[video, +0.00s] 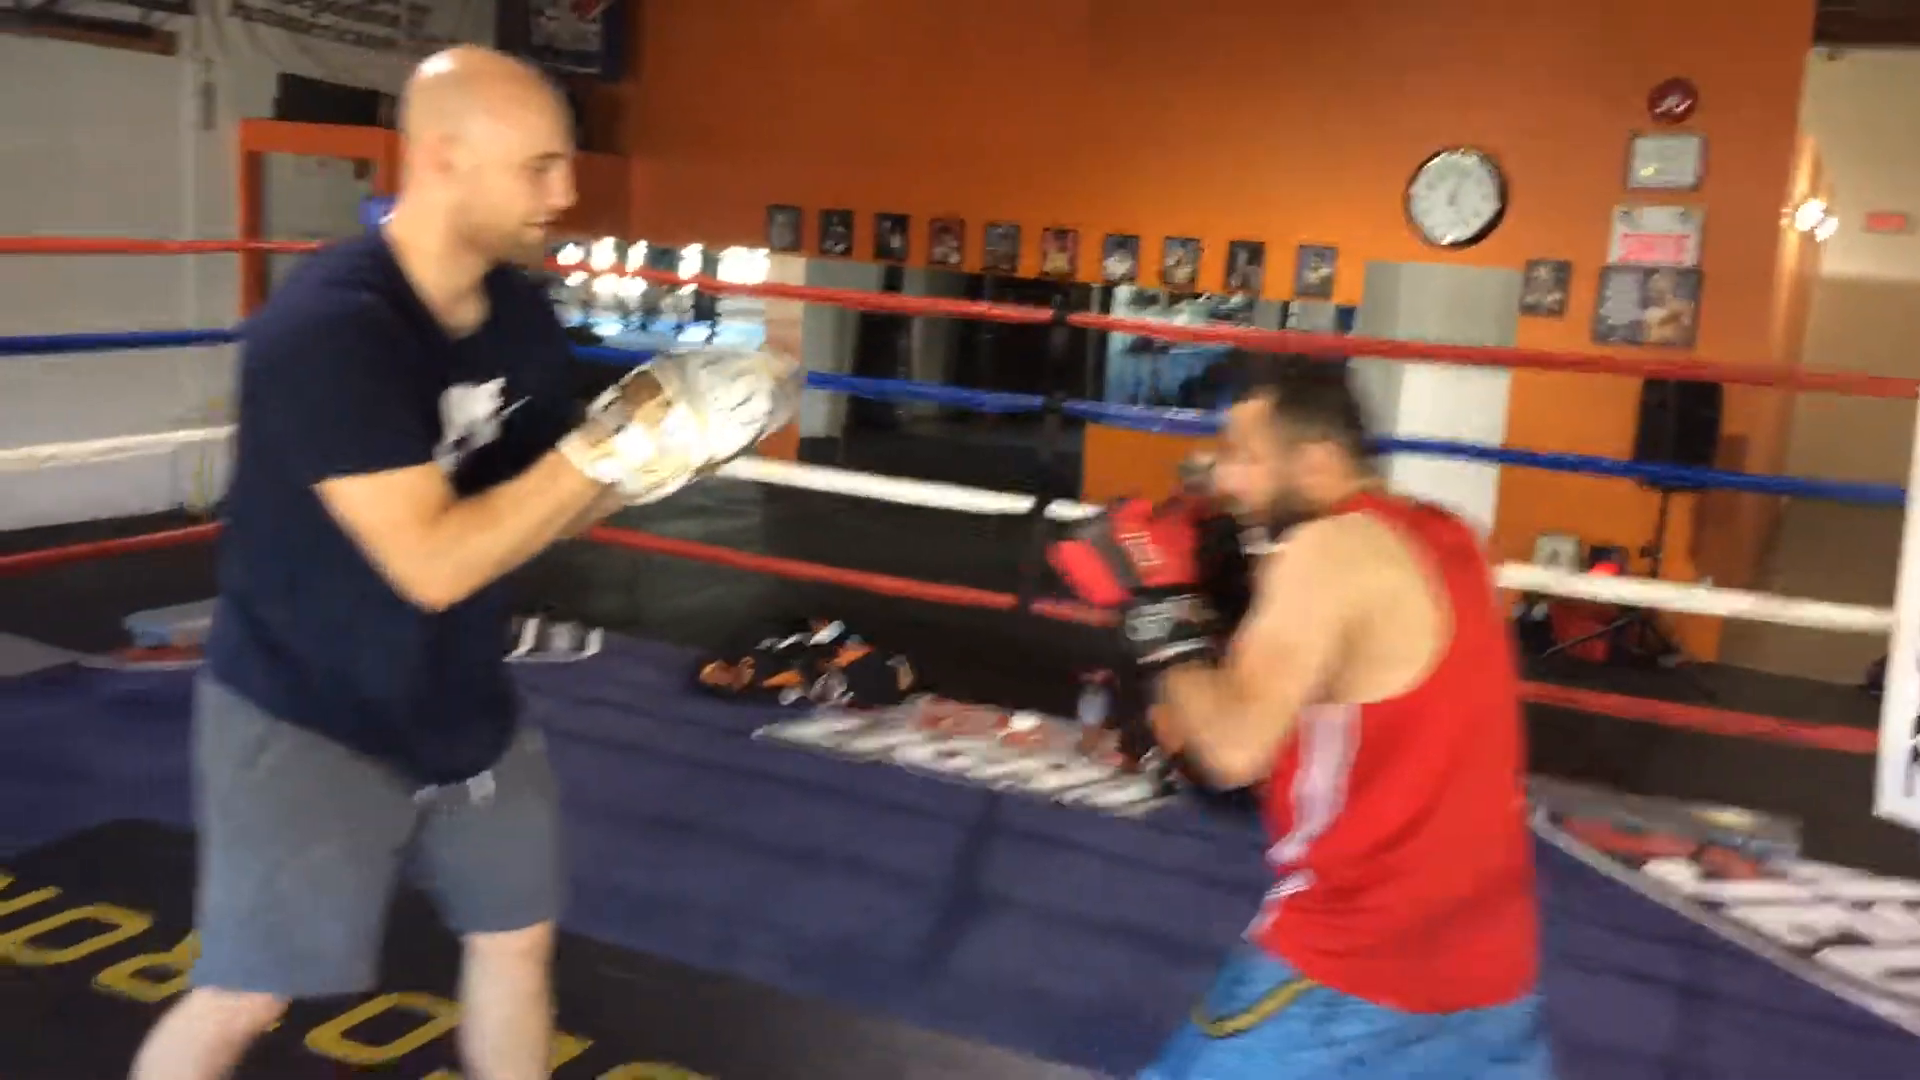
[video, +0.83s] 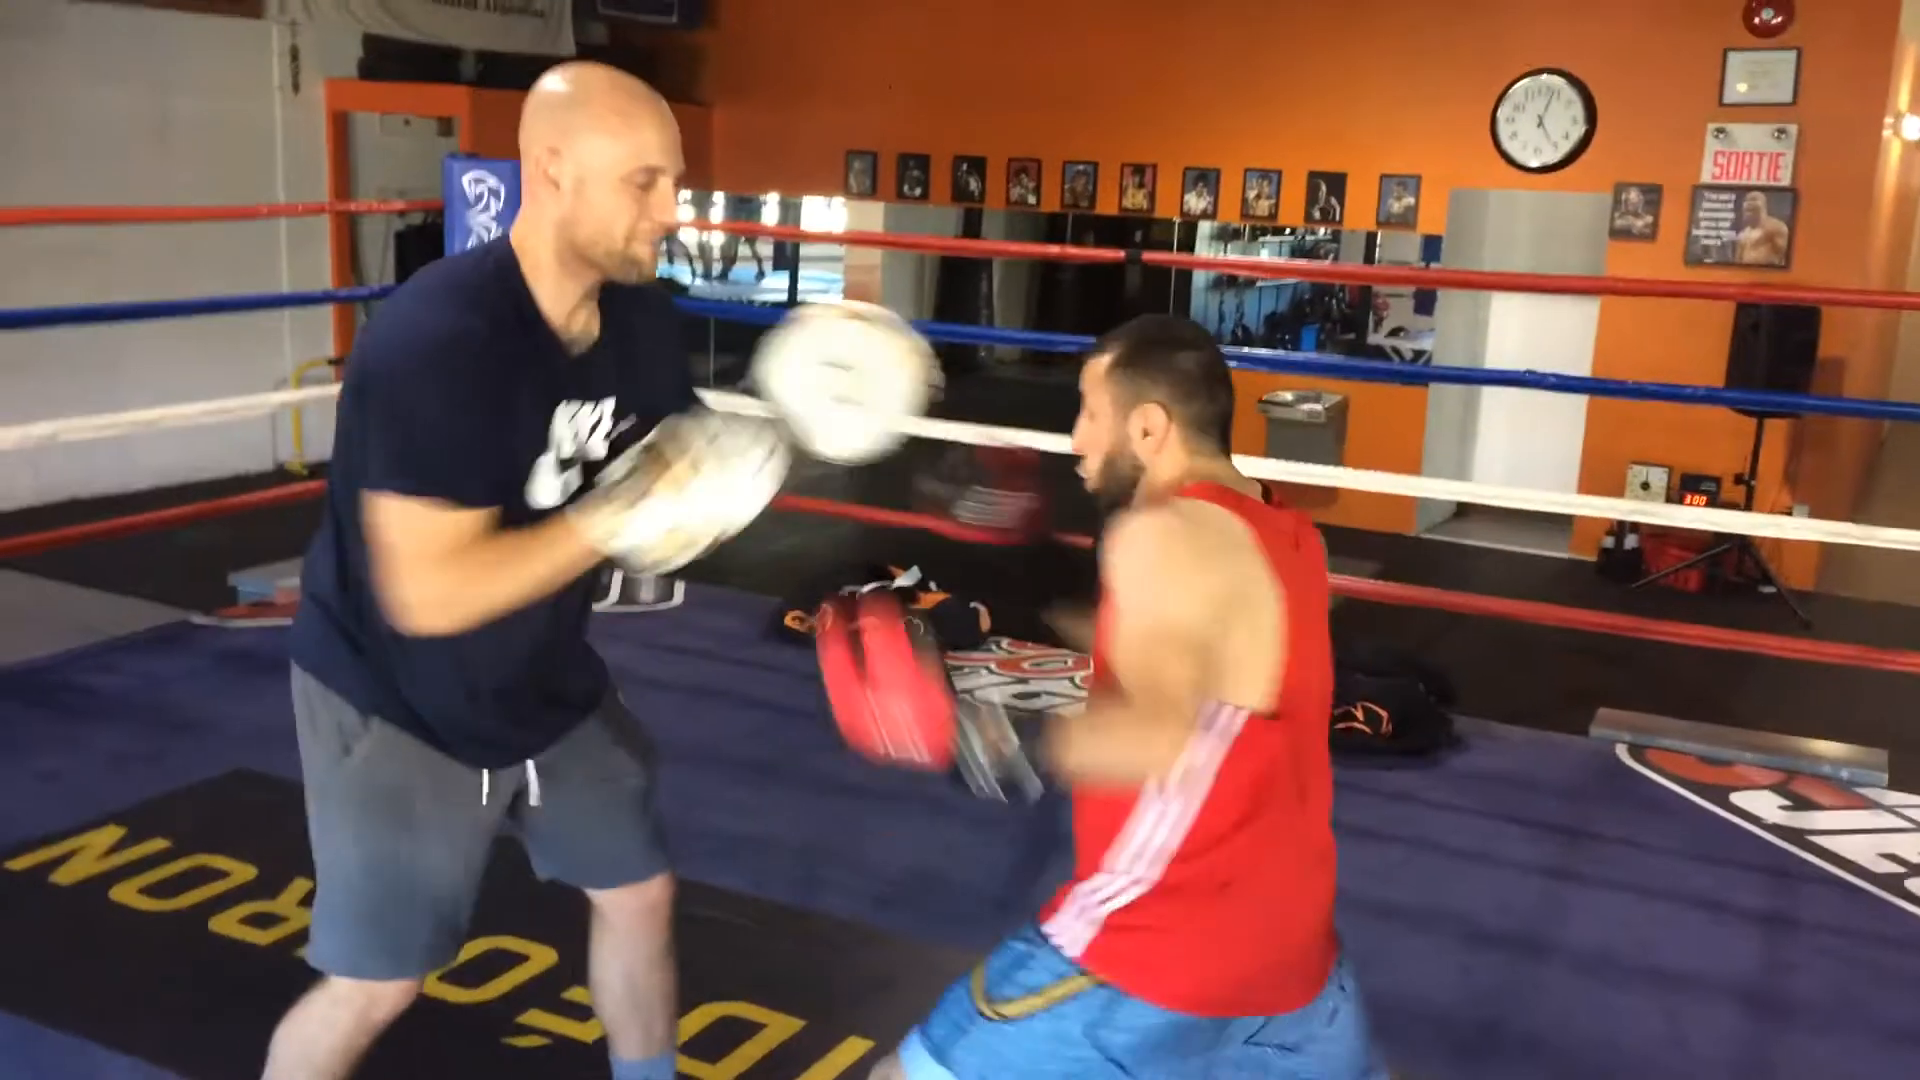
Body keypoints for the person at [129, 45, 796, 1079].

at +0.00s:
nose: (565, 195)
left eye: (565, 166)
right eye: (539, 167)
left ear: (454, 163)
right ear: (441, 161)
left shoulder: (515, 305)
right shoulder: (324, 329)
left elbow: (546, 487)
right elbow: (432, 564)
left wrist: (680, 412)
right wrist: (607, 455)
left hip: (461, 695)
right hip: (299, 712)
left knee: (514, 931)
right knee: (244, 992)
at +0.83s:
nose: (672, 214)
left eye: (674, 184)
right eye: (645, 184)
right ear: (552, 176)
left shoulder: (641, 319)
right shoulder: (430, 336)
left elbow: (654, 483)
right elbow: (422, 595)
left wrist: (781, 419)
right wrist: (616, 517)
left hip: (540, 660)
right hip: (389, 687)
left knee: (638, 893)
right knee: (377, 978)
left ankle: (647, 1075)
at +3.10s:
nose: (573, 126)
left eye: (572, 101)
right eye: (553, 103)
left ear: (483, 103)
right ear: (467, 101)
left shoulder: (496, 245)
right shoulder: (363, 261)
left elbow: (449, 420)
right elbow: (394, 510)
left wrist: (566, 420)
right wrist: (588, 457)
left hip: (415, 586)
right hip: (286, 601)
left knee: (501, 780)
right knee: (305, 869)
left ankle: (362, 996)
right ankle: (260, 1067)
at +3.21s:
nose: (572, 130)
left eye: (571, 106)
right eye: (554, 106)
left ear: (480, 105)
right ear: (470, 102)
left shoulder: (484, 244)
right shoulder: (370, 263)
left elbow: (456, 418)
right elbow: (411, 507)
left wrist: (578, 407)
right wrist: (588, 440)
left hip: (409, 582)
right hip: (287, 602)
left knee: (503, 767)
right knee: (300, 872)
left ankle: (436, 1018)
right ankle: (244, 1069)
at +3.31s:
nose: (584, 135)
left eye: (584, 110)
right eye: (569, 109)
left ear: (497, 106)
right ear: (487, 103)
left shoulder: (491, 241)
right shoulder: (393, 258)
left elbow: (482, 412)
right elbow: (457, 498)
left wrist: (614, 393)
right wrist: (623, 418)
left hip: (416, 589)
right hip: (297, 602)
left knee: (483, 796)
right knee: (296, 872)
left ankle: (540, 1028)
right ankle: (236, 1071)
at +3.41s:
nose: (615, 137)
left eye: (614, 114)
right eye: (601, 113)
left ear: (524, 111)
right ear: (526, 110)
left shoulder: (503, 246)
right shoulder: (438, 257)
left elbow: (503, 419)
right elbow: (521, 493)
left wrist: (642, 383)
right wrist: (661, 406)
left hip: (435, 603)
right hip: (327, 610)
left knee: (480, 820)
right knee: (309, 883)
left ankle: (558, 1033)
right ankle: (236, 1076)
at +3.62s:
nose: (679, 160)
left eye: (679, 135)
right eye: (667, 134)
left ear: (594, 125)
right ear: (605, 125)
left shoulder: (536, 245)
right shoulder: (520, 259)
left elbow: (592, 430)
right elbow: (618, 475)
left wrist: (703, 381)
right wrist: (741, 378)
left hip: (484, 605)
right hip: (397, 611)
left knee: (518, 822)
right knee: (430, 878)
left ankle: (566, 1047)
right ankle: (276, 1071)